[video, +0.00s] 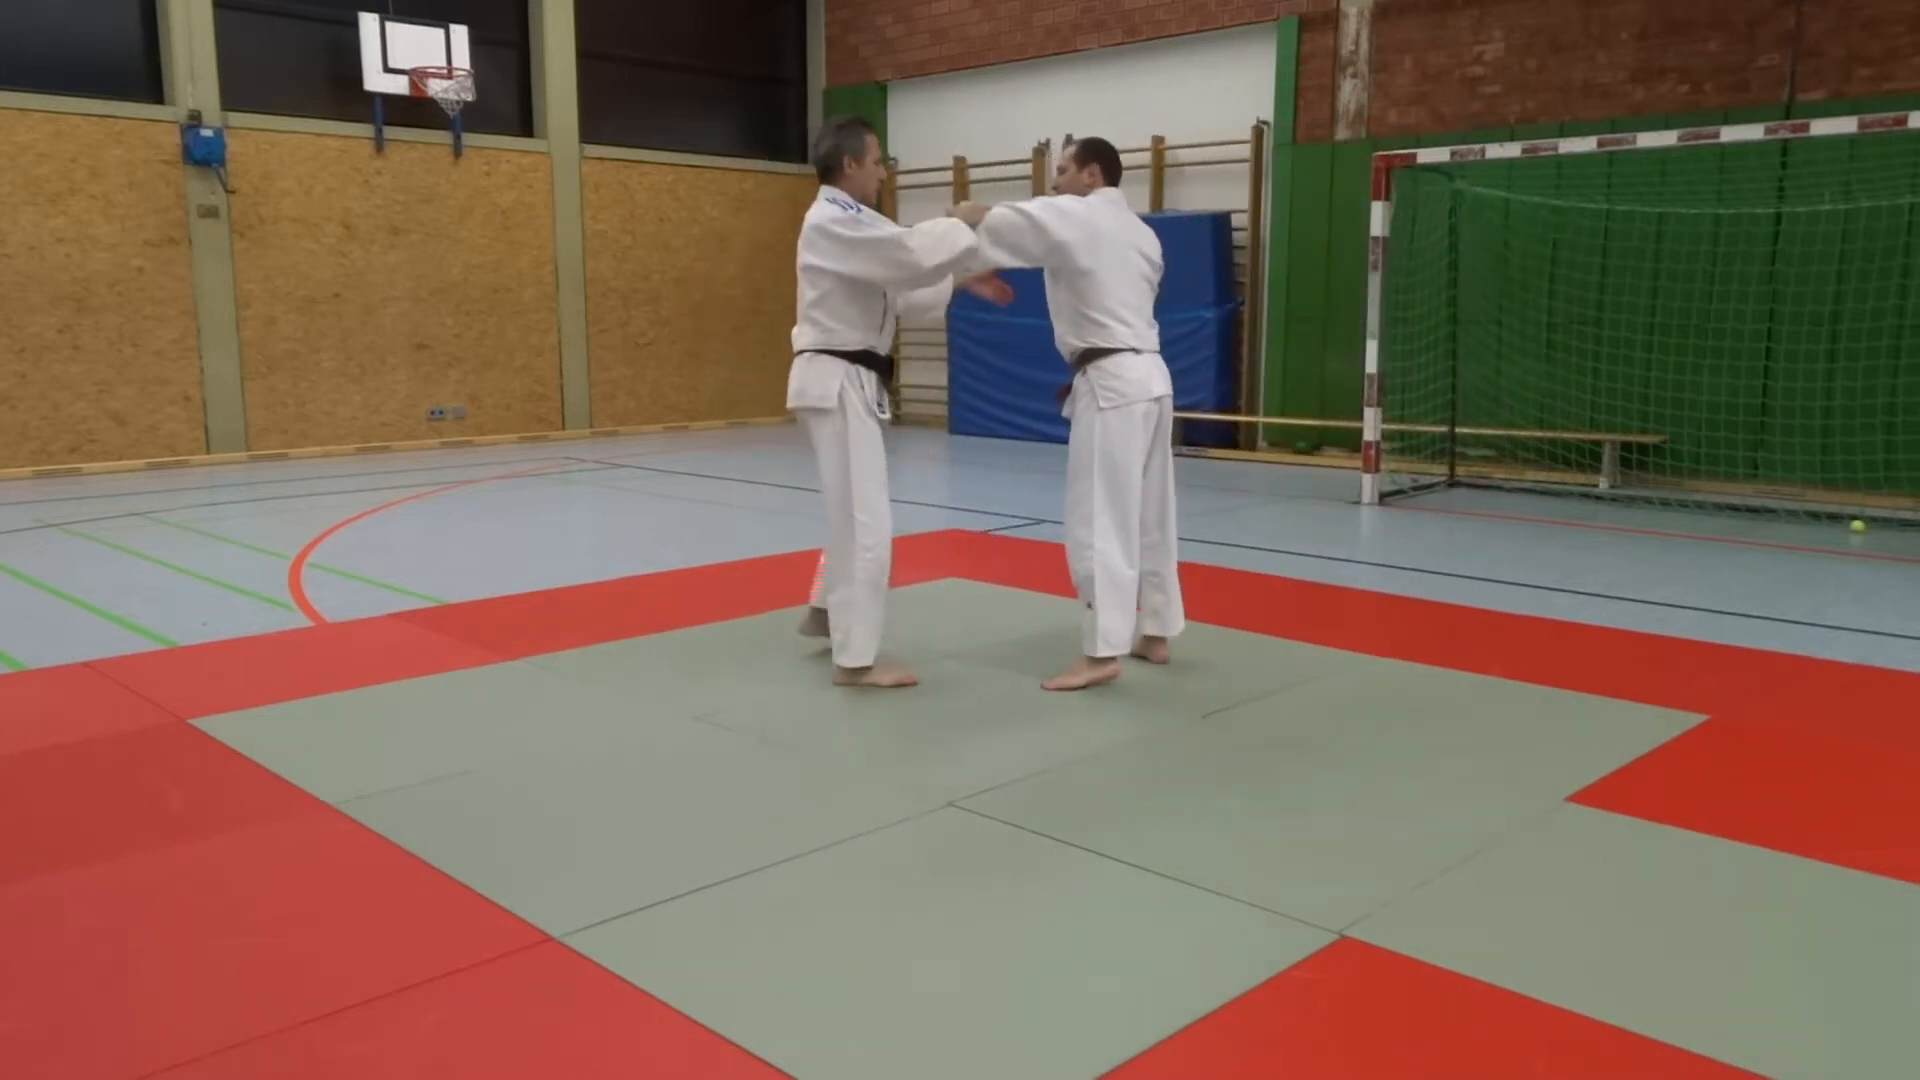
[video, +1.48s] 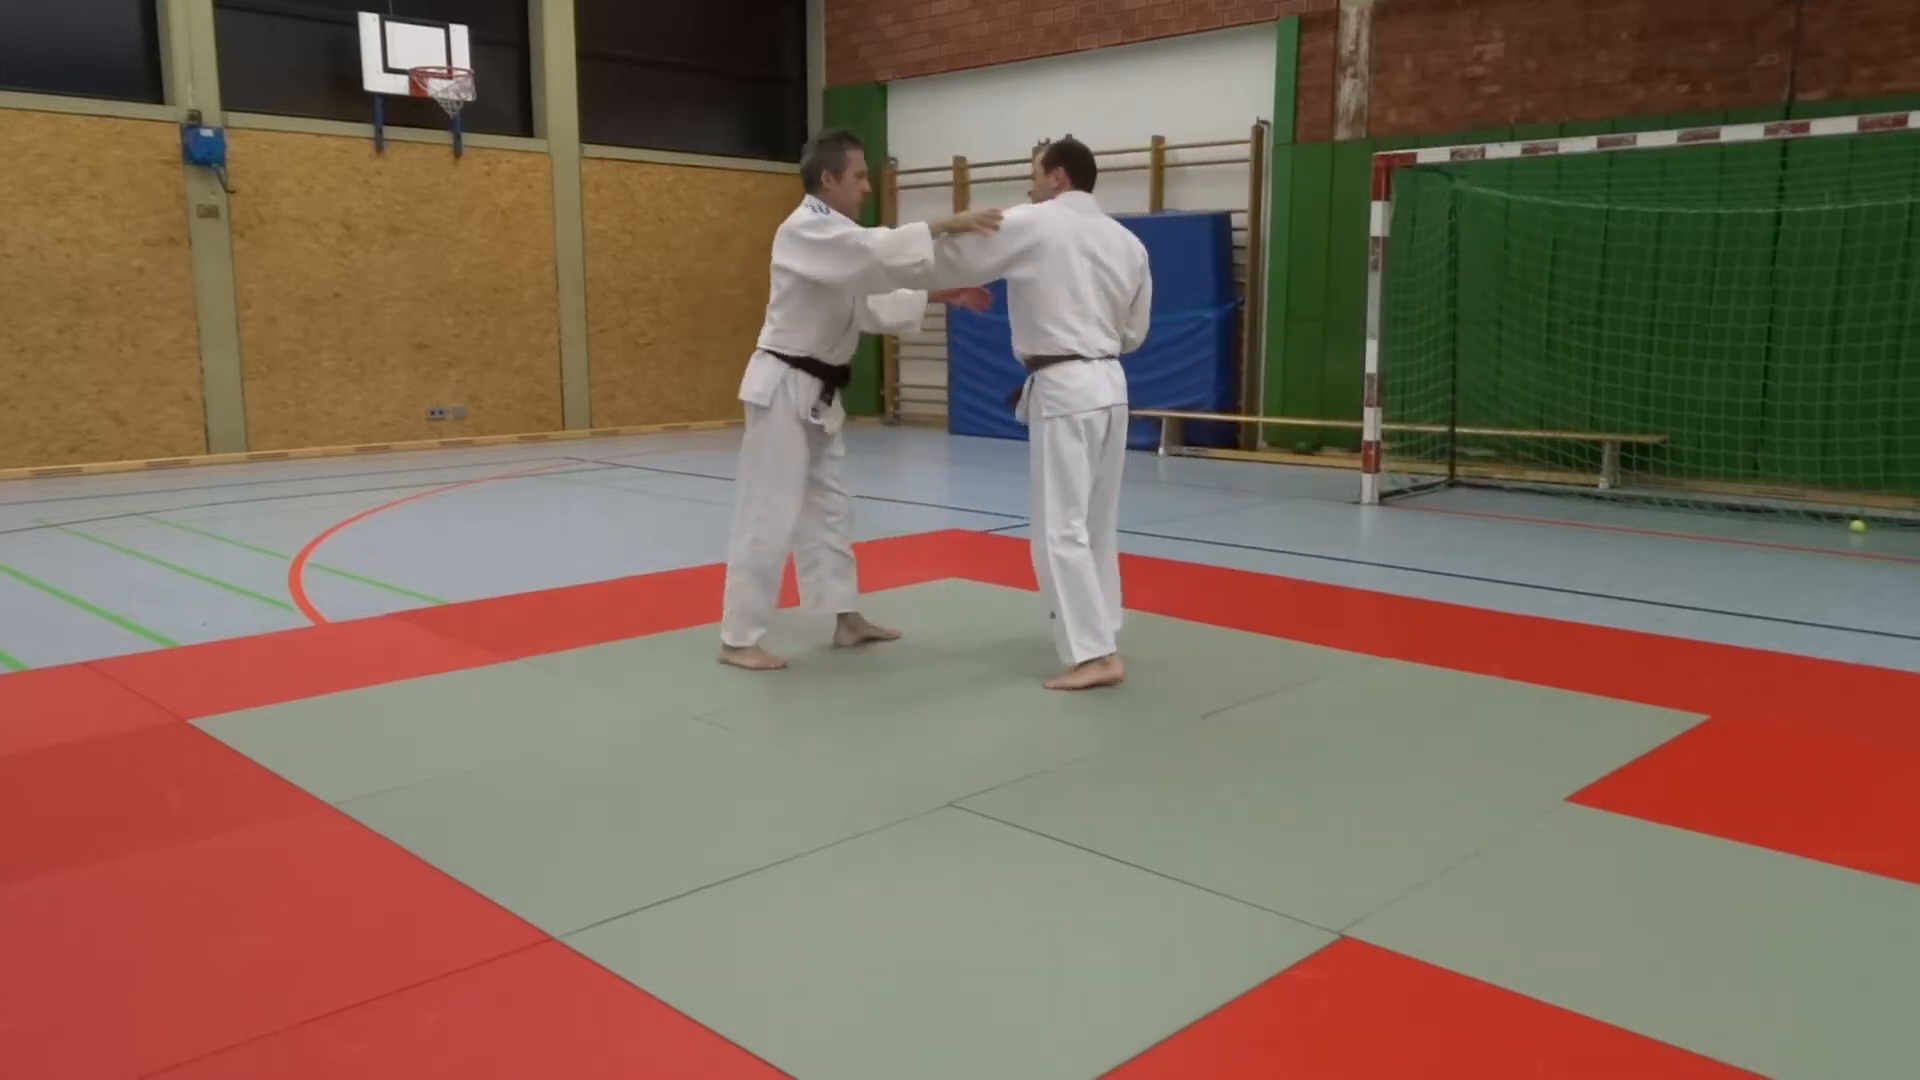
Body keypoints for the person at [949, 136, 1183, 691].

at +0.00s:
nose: (1055, 183)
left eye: (1061, 173)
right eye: (1056, 173)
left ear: (1091, 174)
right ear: (1105, 178)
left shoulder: (1070, 214)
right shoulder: (1143, 231)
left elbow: (994, 220)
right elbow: (1135, 308)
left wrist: (962, 213)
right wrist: (1087, 370)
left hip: (1111, 381)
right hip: (1153, 378)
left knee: (1098, 515)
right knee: (1150, 511)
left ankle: (1101, 654)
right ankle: (1154, 634)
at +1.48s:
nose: (1034, 185)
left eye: (1037, 176)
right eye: (1035, 176)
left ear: (1058, 177)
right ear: (1084, 180)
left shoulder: (1033, 222)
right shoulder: (1127, 242)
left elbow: (961, 256)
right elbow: (1134, 333)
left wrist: (893, 252)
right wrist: (1071, 353)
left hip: (1060, 385)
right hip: (1111, 383)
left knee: (1061, 526)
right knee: (1099, 522)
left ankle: (1093, 657)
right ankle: (1104, 641)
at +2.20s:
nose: (1030, 180)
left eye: (1037, 170)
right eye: (1032, 170)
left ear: (1066, 174)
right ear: (1083, 177)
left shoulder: (1052, 217)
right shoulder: (1124, 242)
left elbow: (989, 255)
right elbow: (1102, 317)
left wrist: (913, 248)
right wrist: (1026, 318)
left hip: (1082, 391)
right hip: (1112, 385)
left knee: (1084, 521)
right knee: (1098, 514)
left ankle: (1115, 651)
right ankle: (1097, 627)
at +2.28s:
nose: (1027, 179)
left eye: (1034, 170)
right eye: (1029, 170)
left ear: (1066, 174)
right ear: (1067, 176)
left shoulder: (1079, 218)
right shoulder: (1072, 224)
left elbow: (1012, 260)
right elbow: (1050, 328)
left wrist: (946, 252)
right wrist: (975, 349)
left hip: (1094, 393)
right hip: (1070, 393)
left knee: (1087, 525)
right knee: (1065, 520)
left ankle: (1115, 651)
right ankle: (1095, 628)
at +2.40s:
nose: (1010, 181)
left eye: (1021, 173)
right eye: (1011, 172)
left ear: (1057, 182)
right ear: (1036, 184)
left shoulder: (1090, 226)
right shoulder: (1017, 248)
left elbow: (1028, 283)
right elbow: (992, 327)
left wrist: (967, 296)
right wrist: (927, 355)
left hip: (1095, 395)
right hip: (1040, 399)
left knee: (1103, 527)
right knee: (1023, 526)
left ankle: (1119, 653)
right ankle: (1078, 609)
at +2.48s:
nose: (998, 192)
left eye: (1010, 184)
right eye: (997, 182)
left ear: (1044, 192)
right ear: (1000, 190)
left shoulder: (1075, 238)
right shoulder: (998, 253)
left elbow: (1028, 299)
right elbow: (971, 342)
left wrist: (962, 292)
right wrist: (895, 354)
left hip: (1082, 401)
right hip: (1024, 405)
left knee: (1107, 531)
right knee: (1000, 533)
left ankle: (1131, 653)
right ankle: (1041, 591)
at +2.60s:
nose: (980, 203)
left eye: (993, 194)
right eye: (976, 193)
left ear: (1021, 200)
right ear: (969, 197)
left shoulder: (1055, 249)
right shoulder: (969, 263)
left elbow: (1033, 312)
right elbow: (949, 323)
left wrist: (962, 300)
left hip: (1058, 408)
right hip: (993, 413)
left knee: (1092, 532)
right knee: (978, 539)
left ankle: (1128, 649)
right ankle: (981, 631)